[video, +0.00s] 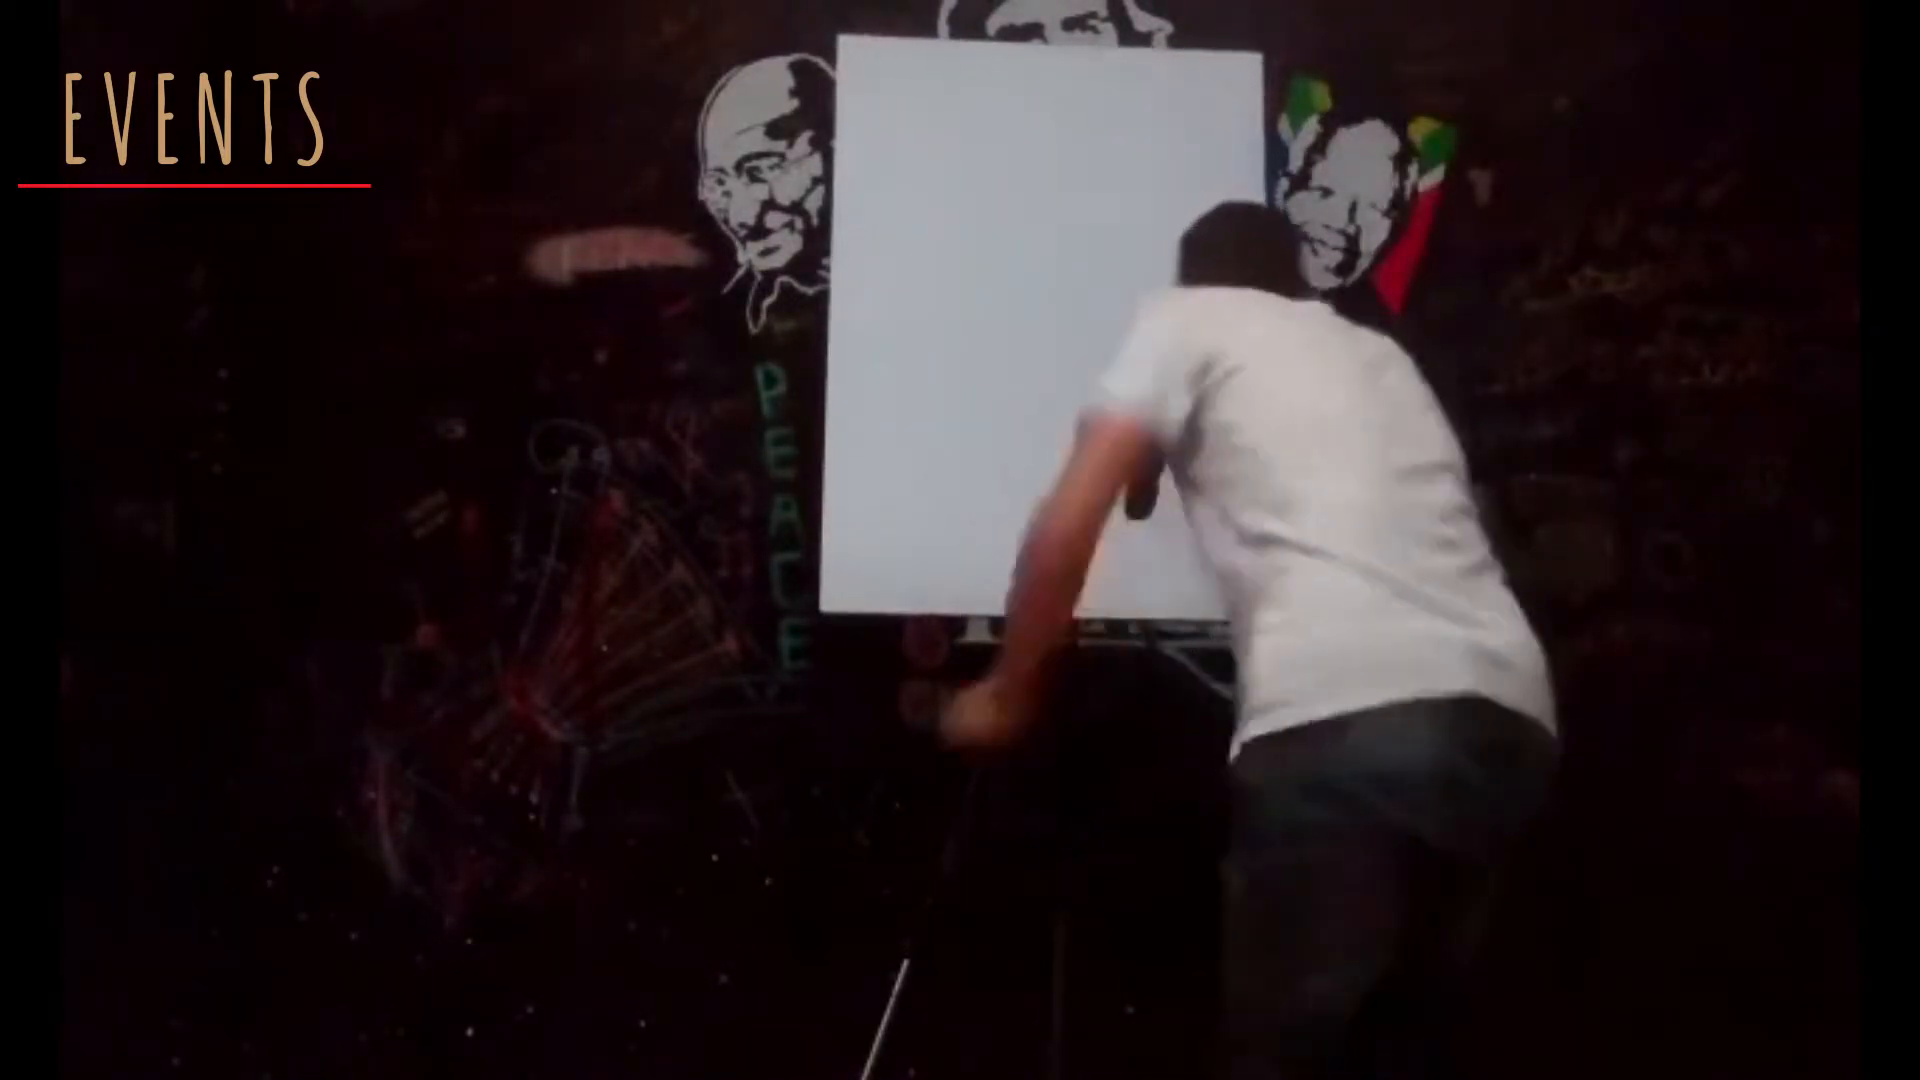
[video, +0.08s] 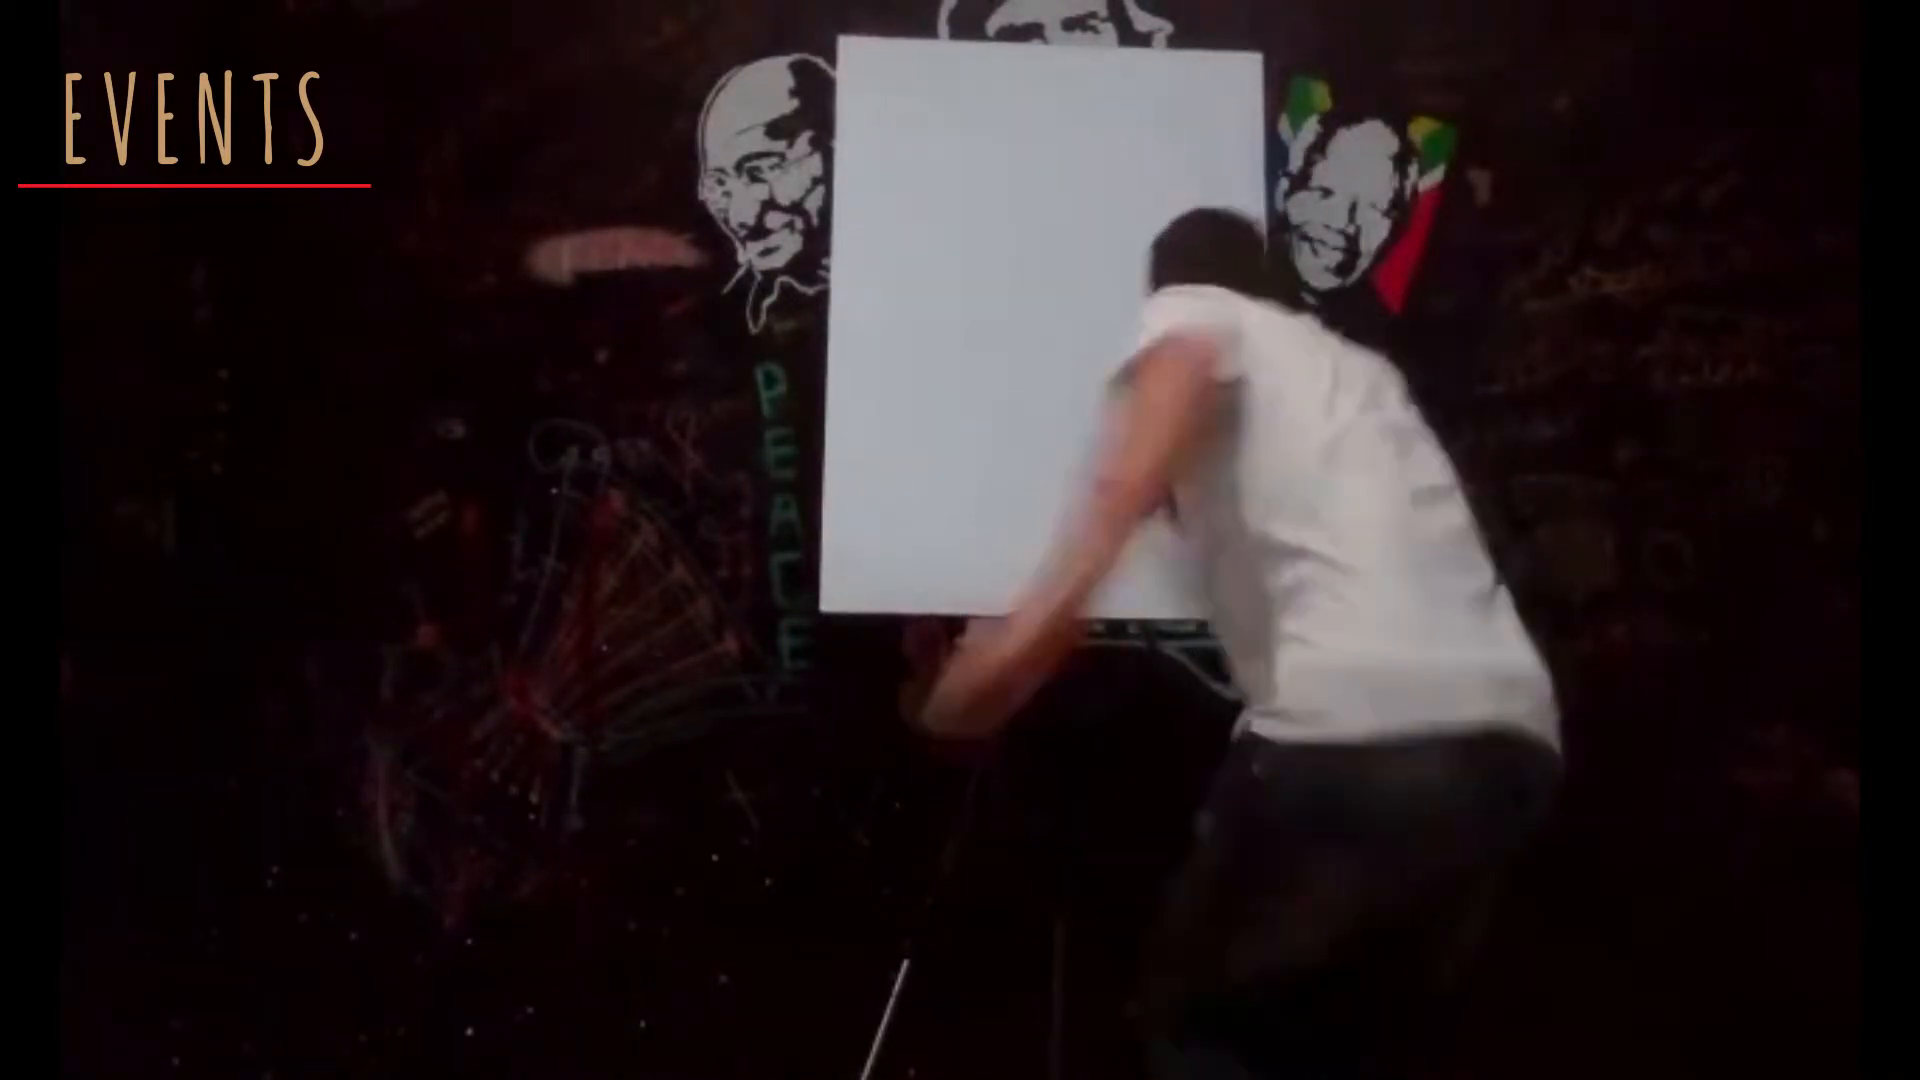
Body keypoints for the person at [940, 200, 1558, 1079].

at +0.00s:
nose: (1184, 299)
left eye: (1185, 286)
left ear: (1194, 276)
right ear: (1301, 277)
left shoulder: (1192, 315)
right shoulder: (1384, 355)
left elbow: (1061, 531)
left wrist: (1009, 692)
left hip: (1342, 716)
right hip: (1506, 717)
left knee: (1286, 1040)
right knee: (1431, 1033)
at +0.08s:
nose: (1157, 313)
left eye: (1162, 299)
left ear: (1173, 286)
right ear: (1278, 279)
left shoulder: (1200, 313)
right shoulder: (1364, 367)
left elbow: (1127, 487)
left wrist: (1017, 645)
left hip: (1341, 742)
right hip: (1504, 745)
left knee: (1195, 1015)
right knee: (1396, 1029)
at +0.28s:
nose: (1110, 353)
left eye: (1114, 333)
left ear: (1127, 320)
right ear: (1227, 290)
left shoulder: (1163, 343)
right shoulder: (1317, 401)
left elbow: (1285, 312)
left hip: (1310, 780)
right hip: (1461, 780)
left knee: (1128, 1016)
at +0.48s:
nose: (1105, 397)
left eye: (1106, 376)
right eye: (1110, 378)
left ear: (1113, 372)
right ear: (1217, 347)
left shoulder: (1167, 396)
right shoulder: (1295, 459)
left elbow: (1366, 426)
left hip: (1266, 850)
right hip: (1405, 860)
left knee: (1090, 1026)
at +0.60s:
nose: (1107, 403)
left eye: (1107, 383)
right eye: (1112, 385)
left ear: (1119, 381)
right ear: (1222, 365)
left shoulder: (1183, 417)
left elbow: (1390, 488)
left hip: (1273, 876)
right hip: (1405, 883)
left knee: (1082, 1024)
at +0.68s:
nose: (1125, 427)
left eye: (1133, 405)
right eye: (1133, 403)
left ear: (1149, 416)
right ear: (1242, 408)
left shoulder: (1209, 476)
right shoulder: (1304, 492)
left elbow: (1361, 637)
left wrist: (1256, 865)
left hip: (1338, 937)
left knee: (1085, 1008)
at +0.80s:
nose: (1150, 485)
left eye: (1144, 462)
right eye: (1139, 471)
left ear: (1161, 428)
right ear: (1258, 423)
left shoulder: (1209, 498)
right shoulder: (1353, 523)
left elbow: (1245, 727)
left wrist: (1117, 826)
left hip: (1321, 938)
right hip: (1453, 945)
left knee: (1092, 1007)